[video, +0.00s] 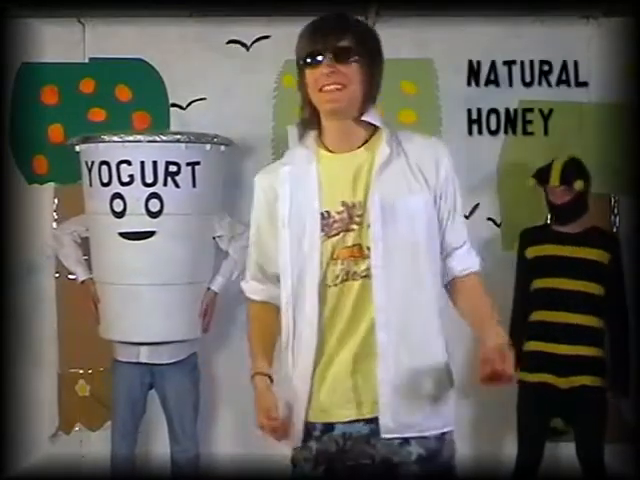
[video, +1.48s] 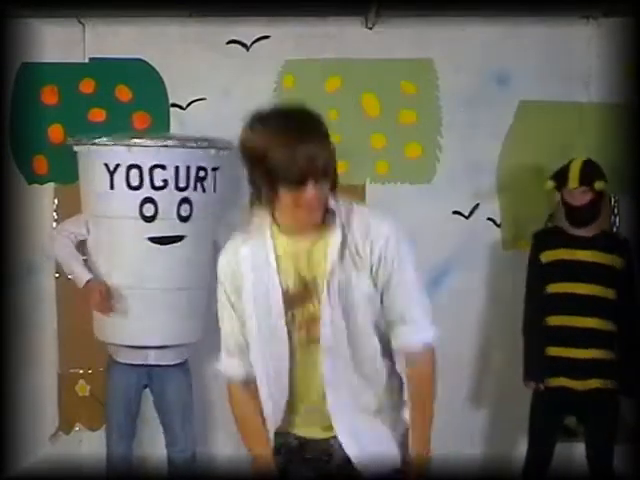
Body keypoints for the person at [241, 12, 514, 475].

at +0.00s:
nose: (330, 69)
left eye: (345, 56)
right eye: (316, 59)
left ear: (372, 72)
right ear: (301, 80)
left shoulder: (427, 160)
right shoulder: (275, 182)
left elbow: (459, 267)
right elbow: (263, 292)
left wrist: (491, 332)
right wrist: (261, 376)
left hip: (414, 419)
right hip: (320, 423)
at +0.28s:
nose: (346, 83)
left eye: (364, 67)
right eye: (333, 70)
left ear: (393, 79)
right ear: (322, 86)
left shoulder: (451, 171)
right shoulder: (299, 189)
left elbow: (468, 301)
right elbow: (299, 314)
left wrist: (461, 421)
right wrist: (309, 425)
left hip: (429, 432)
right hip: (340, 433)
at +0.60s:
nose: (348, 87)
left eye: (365, 71)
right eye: (335, 73)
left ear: (398, 79)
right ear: (325, 85)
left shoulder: (455, 173)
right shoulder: (301, 186)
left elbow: (475, 302)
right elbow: (301, 310)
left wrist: (482, 426)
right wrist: (312, 426)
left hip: (431, 436)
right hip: (340, 433)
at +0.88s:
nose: (325, 85)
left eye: (343, 71)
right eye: (314, 73)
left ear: (373, 83)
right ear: (303, 87)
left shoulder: (430, 175)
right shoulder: (280, 188)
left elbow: (455, 299)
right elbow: (280, 310)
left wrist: (453, 412)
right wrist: (289, 414)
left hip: (406, 431)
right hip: (319, 428)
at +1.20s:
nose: (290, 112)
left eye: (305, 99)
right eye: (277, 101)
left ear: (330, 110)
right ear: (263, 114)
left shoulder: (377, 193)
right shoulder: (238, 210)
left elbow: (405, 309)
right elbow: (238, 323)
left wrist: (421, 415)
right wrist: (254, 425)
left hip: (364, 420)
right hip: (283, 425)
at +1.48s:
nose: (313, 195)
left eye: (322, 179)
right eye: (297, 183)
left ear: (333, 175)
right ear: (265, 184)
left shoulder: (376, 238)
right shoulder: (239, 258)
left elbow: (417, 349)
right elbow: (240, 376)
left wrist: (418, 456)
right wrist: (264, 461)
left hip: (367, 450)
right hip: (287, 450)